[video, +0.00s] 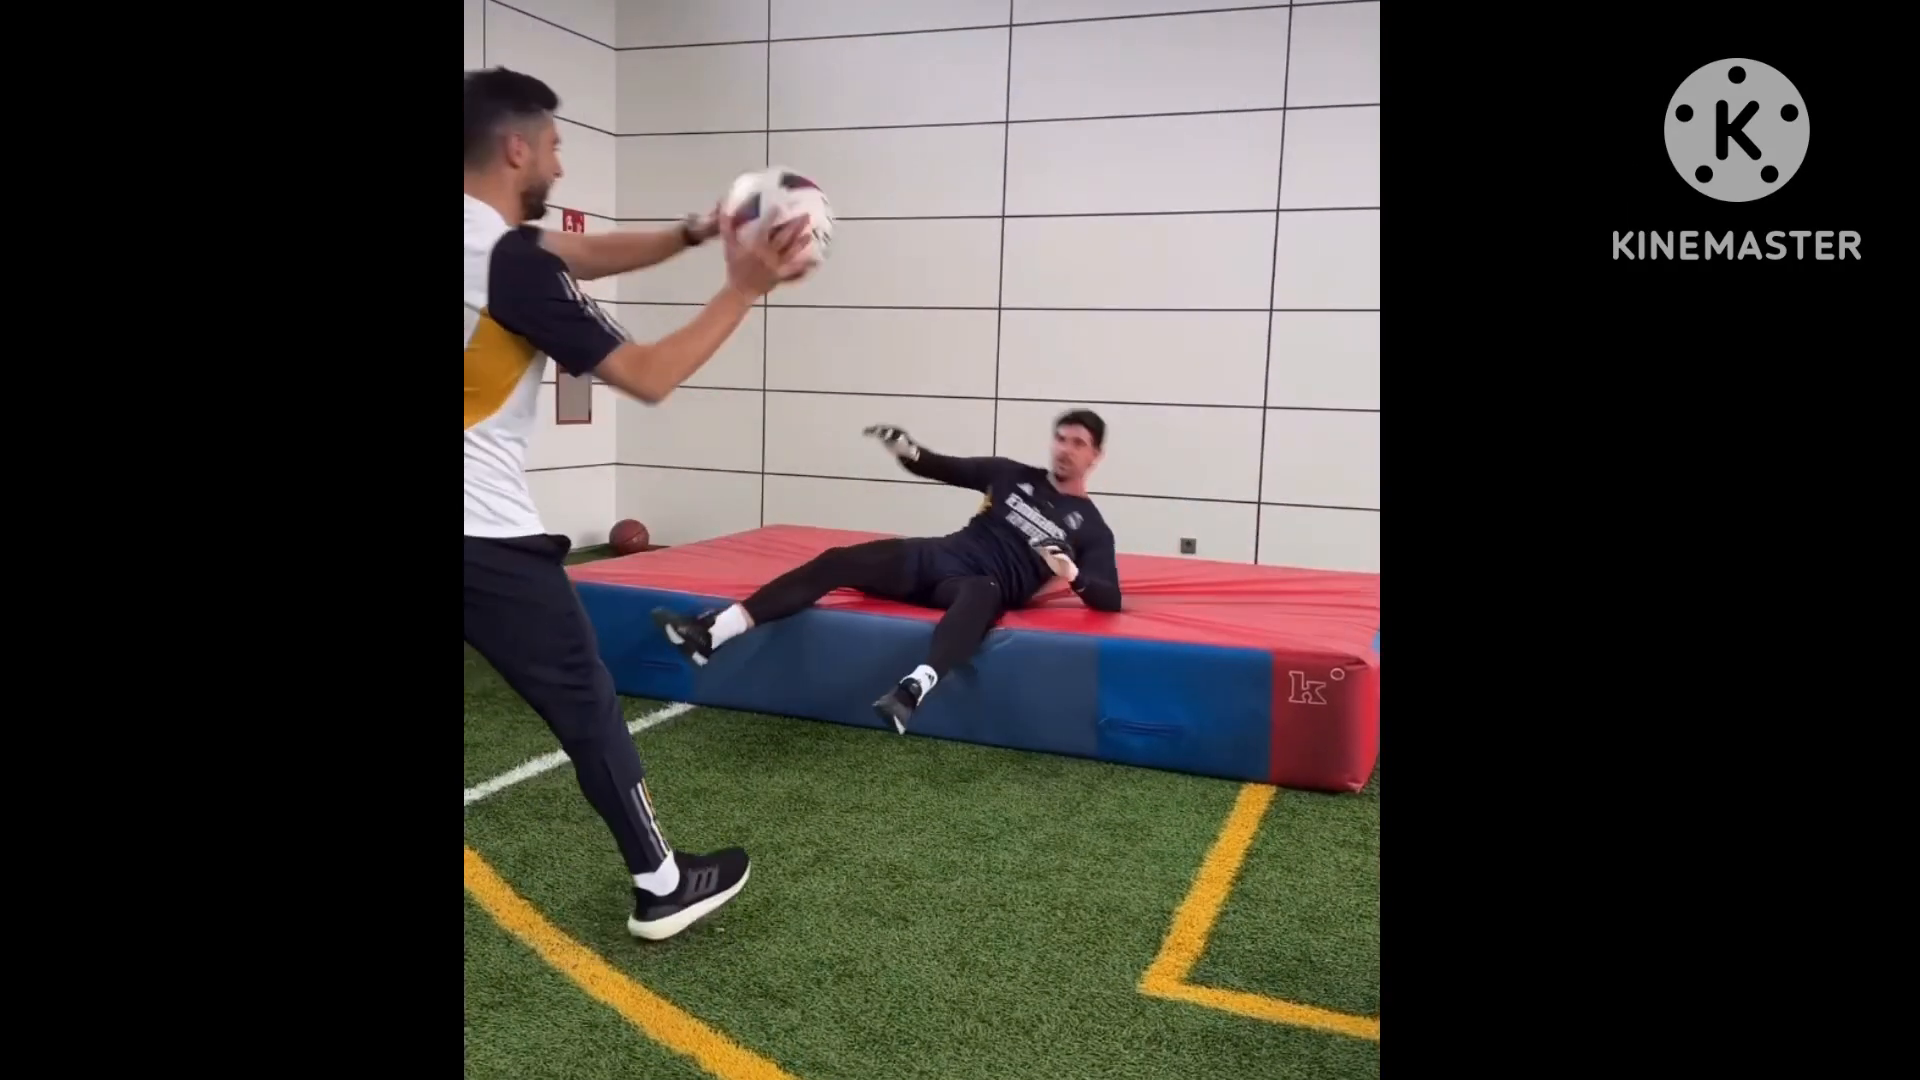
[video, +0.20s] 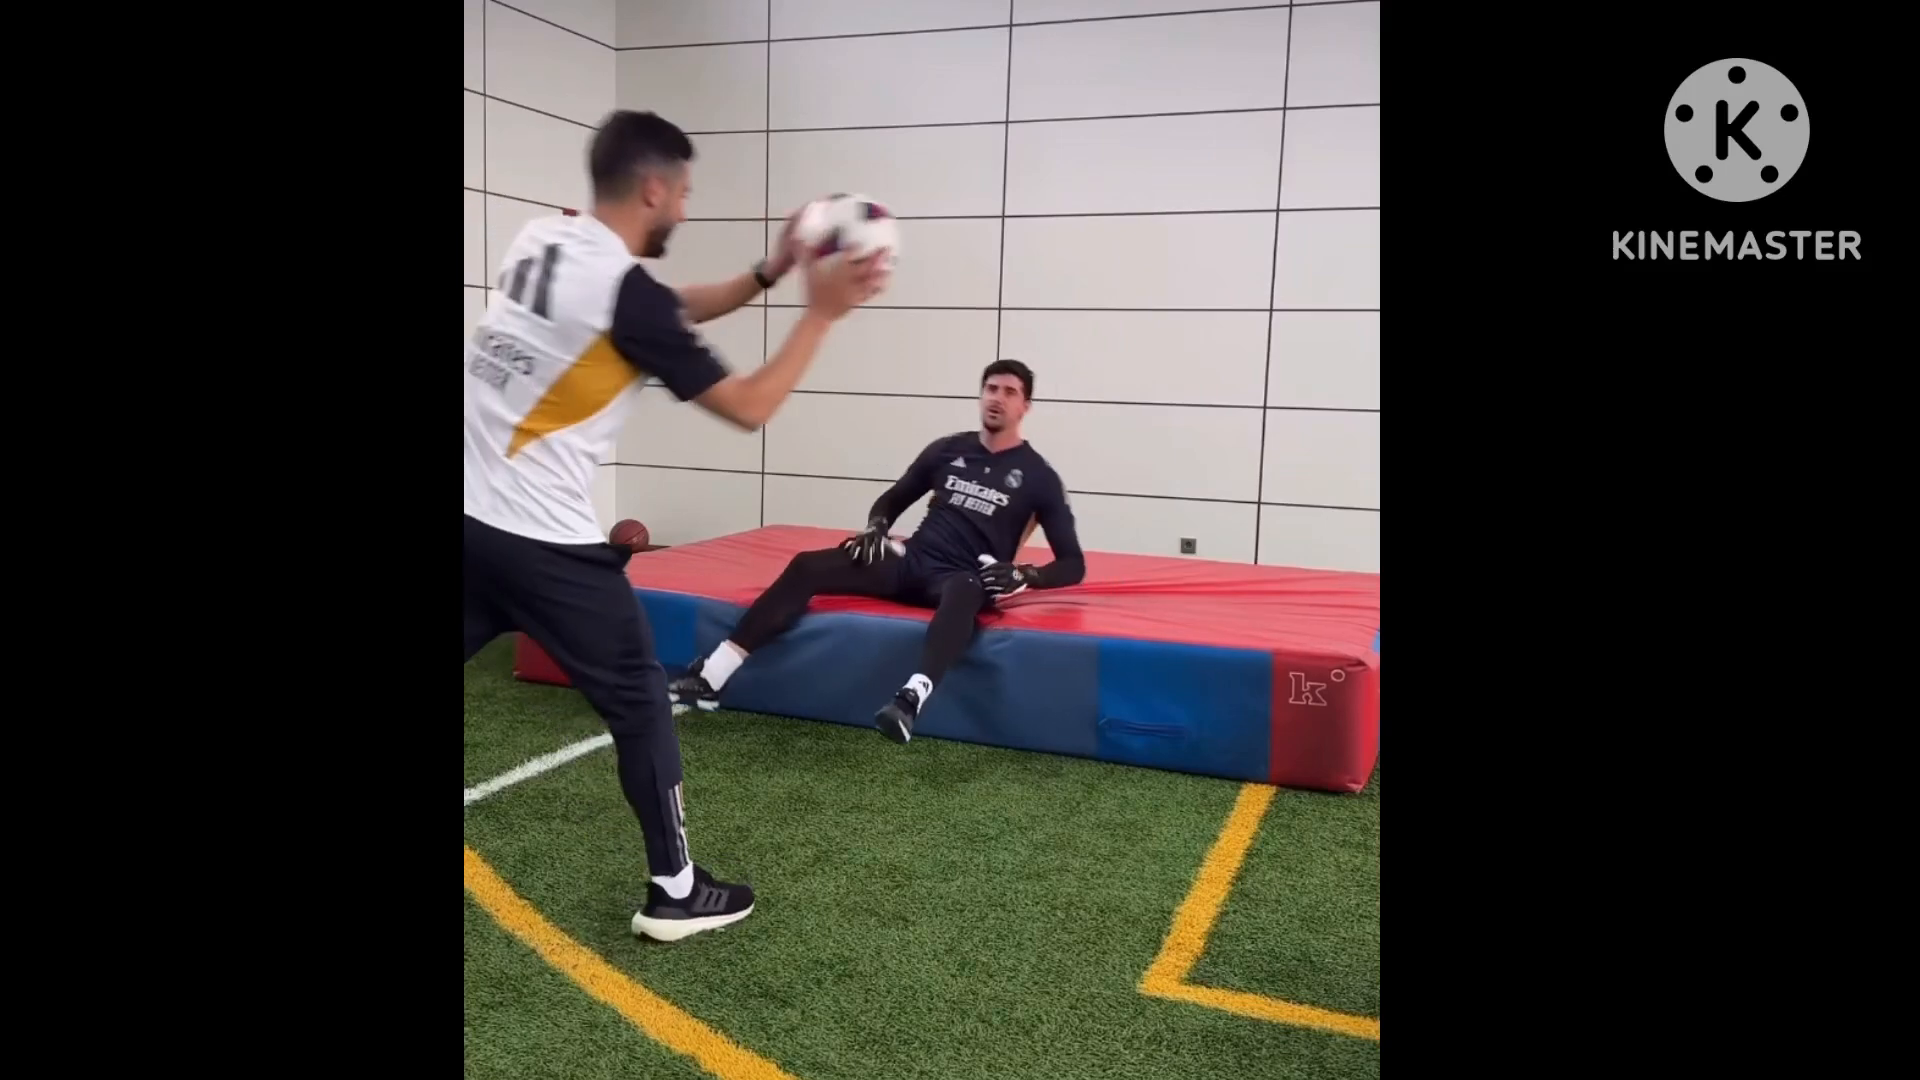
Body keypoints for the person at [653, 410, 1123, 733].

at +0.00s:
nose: (1065, 448)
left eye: (1077, 443)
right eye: (1062, 439)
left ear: (1096, 457)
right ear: (1052, 444)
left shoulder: (1093, 529)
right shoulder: (1011, 475)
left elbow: (1111, 601)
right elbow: (943, 468)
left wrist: (1077, 580)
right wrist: (909, 451)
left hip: (980, 584)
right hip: (935, 555)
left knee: (981, 595)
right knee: (835, 561)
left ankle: (916, 686)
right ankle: (715, 629)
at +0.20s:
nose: (997, 399)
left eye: (1010, 393)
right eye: (992, 389)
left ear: (1027, 406)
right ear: (980, 398)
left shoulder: (1039, 478)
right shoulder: (947, 450)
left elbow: (1073, 567)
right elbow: (889, 503)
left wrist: (1025, 576)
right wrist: (875, 530)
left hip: (962, 580)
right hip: (906, 567)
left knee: (968, 584)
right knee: (806, 566)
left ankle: (911, 700)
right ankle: (709, 678)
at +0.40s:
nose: (1005, 412)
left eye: (1017, 406)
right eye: (999, 402)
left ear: (1029, 419)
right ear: (983, 408)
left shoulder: (1031, 486)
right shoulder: (946, 447)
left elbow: (1075, 565)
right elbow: (879, 493)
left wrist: (1051, 530)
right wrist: (927, 485)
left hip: (937, 576)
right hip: (886, 556)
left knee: (962, 587)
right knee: (788, 582)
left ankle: (927, 703)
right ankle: (695, 698)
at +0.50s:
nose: (1046, 437)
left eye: (1058, 434)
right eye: (1042, 426)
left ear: (1068, 445)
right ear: (1026, 425)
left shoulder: (1054, 499)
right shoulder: (990, 449)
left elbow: (1082, 556)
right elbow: (943, 455)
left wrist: (1087, 505)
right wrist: (1007, 446)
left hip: (939, 574)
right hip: (895, 548)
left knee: (964, 586)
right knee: (793, 589)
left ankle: (927, 692)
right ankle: (689, 696)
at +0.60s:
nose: (1083, 471)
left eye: (1092, 472)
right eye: (1085, 463)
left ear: (1095, 487)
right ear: (1072, 460)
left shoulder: (1074, 529)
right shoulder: (1035, 474)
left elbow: (1097, 564)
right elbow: (1022, 441)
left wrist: (1127, 512)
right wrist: (1081, 443)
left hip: (953, 579)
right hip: (915, 544)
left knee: (971, 600)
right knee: (811, 593)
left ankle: (927, 685)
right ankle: (705, 678)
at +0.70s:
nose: (1130, 514)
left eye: (1142, 517)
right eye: (1131, 503)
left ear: (1145, 536)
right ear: (1114, 498)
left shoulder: (1107, 571)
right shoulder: (1073, 506)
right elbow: (1074, 449)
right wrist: (1144, 456)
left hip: (967, 586)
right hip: (942, 542)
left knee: (983, 611)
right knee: (844, 577)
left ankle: (931, 680)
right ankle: (718, 638)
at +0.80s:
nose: (1160, 549)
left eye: (1172, 553)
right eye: (1161, 537)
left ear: (1165, 570)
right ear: (1142, 526)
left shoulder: (1115, 588)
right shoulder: (1098, 522)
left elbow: (1149, 591)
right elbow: (1117, 468)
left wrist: (1212, 552)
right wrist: (1192, 492)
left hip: (986, 586)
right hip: (967, 539)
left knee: (986, 620)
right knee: (860, 554)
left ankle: (941, 664)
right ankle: (729, 582)